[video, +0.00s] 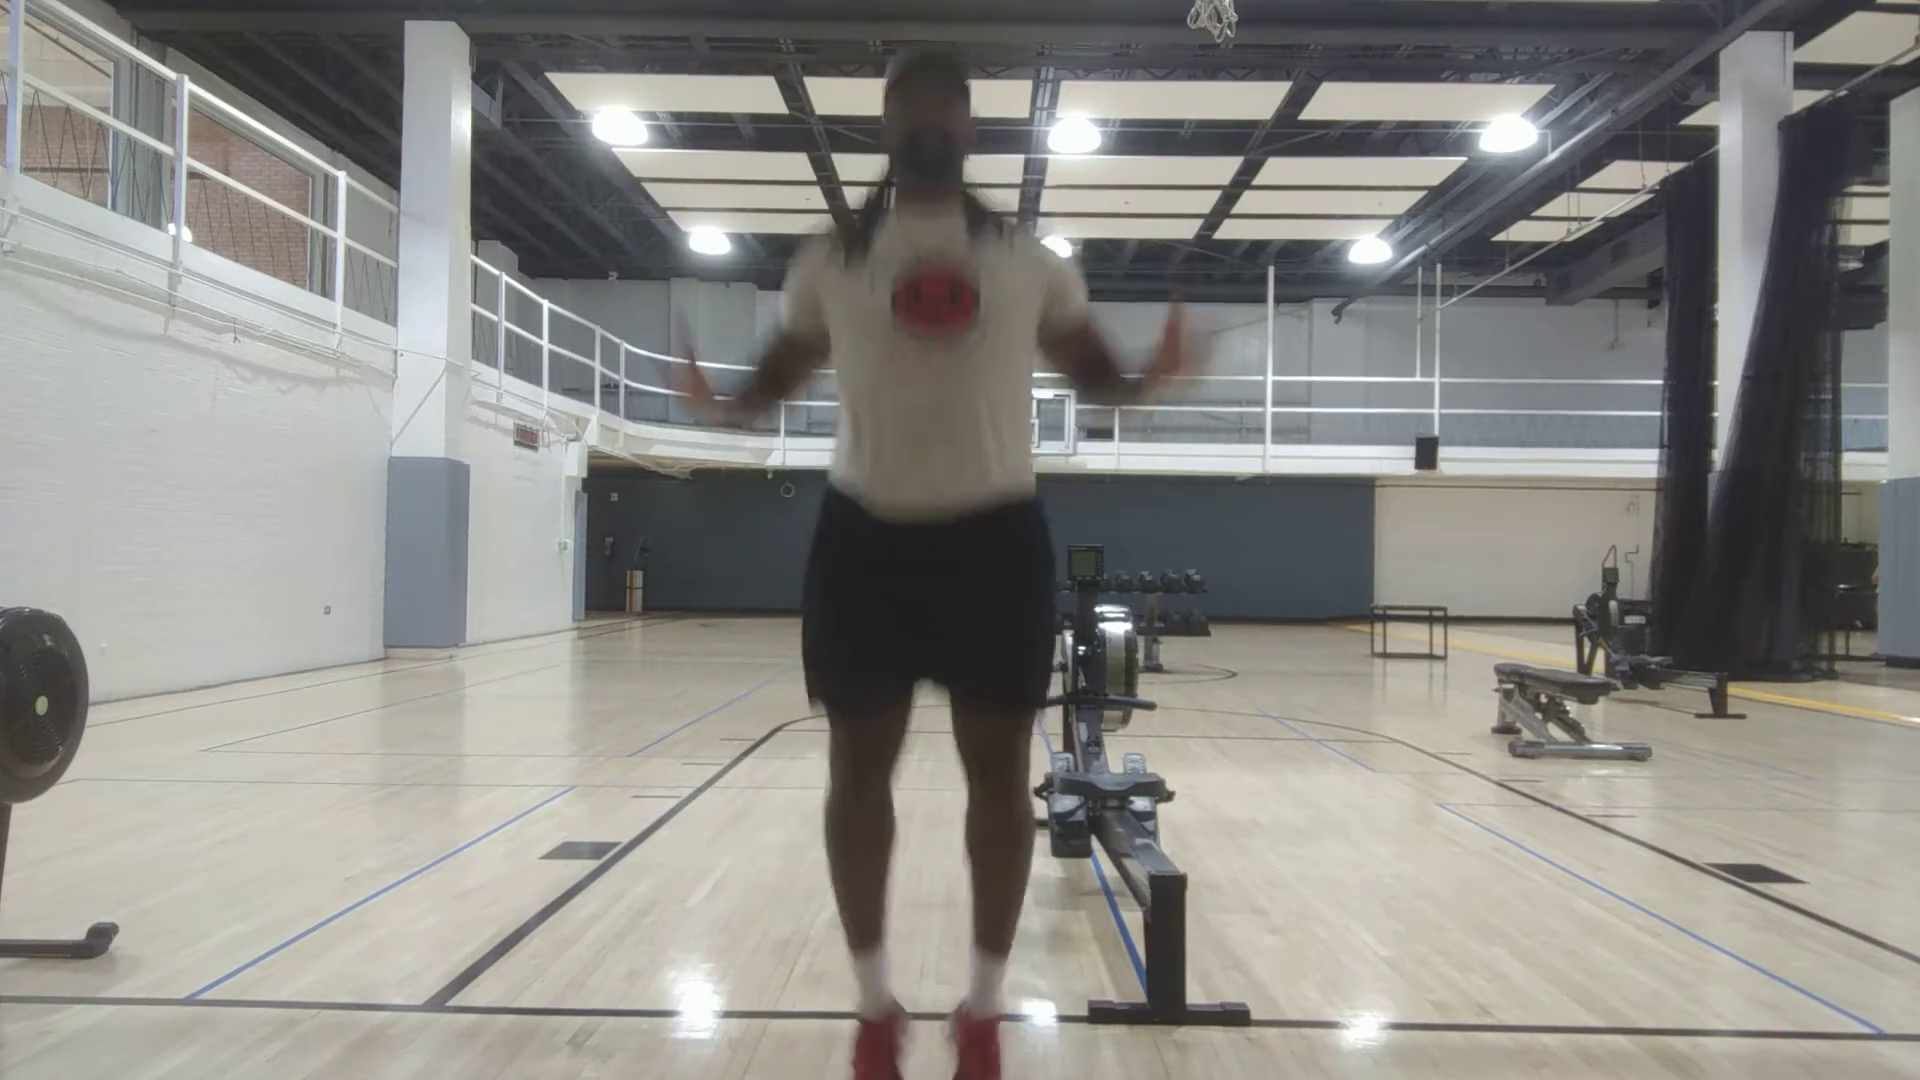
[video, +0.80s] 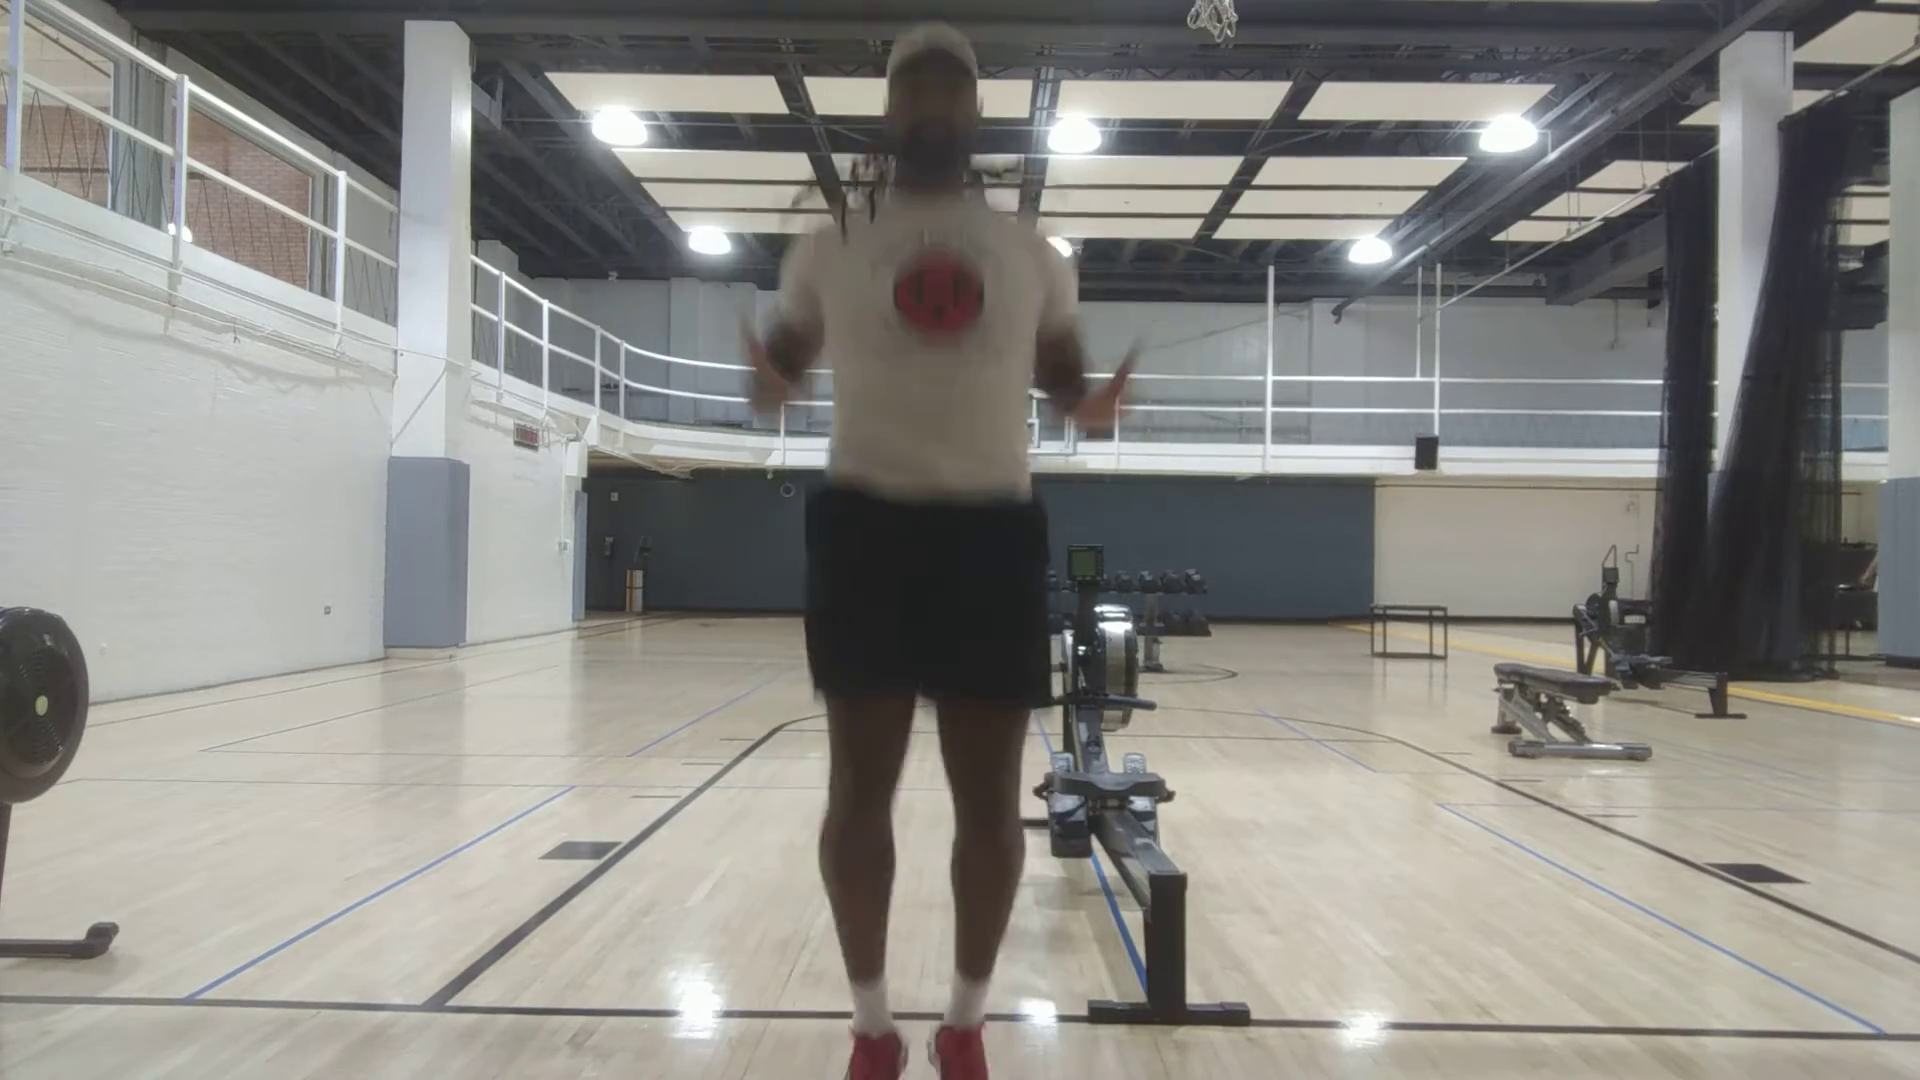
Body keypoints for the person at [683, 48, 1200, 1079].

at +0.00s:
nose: (932, 119)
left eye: (949, 101)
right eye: (914, 101)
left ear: (972, 123)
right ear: (884, 121)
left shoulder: (1029, 261)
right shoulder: (832, 259)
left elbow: (1100, 380)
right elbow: (779, 378)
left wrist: (1153, 375)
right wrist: (729, 400)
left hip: (996, 535)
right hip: (868, 536)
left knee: (1000, 773)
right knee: (859, 769)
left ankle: (983, 1005)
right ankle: (876, 1004)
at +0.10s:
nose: (925, 60)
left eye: (945, 45)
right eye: (907, 45)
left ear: (976, 75)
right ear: (881, 73)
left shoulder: (1031, 195)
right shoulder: (833, 196)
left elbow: (1144, 304)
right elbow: (722, 308)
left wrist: (1199, 222)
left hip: (995, 480)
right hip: (864, 479)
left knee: (1012, 727)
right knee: (833, 725)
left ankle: (1025, 975)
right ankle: (822, 965)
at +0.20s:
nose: (929, 75)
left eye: (947, 58)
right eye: (909, 58)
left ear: (977, 80)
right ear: (882, 83)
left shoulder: (1034, 191)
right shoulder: (828, 193)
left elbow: (1175, 243)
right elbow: (680, 242)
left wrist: (1186, 99)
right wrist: (637, 112)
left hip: (996, 482)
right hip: (859, 478)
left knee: (1043, 737)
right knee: (798, 729)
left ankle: (1083, 979)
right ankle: (746, 970)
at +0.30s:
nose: (925, 135)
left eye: (942, 120)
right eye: (908, 120)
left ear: (971, 145)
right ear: (880, 144)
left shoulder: (1031, 244)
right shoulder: (825, 247)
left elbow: (1175, 218)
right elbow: (677, 224)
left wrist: (1105, 86)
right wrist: (716, 82)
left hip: (992, 553)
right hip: (854, 550)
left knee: (1063, 804)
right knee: (767, 797)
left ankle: (1122, 1014)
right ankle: (694, 1011)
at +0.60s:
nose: (925, 91)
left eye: (944, 75)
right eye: (907, 74)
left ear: (975, 96)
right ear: (878, 94)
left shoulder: (1027, 198)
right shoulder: (826, 196)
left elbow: (1155, 270)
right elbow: (690, 238)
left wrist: (1218, 170)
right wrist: (648, 126)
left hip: (993, 498)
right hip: (857, 494)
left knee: (1033, 747)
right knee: (803, 735)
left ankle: (1070, 988)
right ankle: (768, 974)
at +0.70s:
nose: (935, 53)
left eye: (955, 40)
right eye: (916, 38)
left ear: (981, 72)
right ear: (883, 67)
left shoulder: (1030, 188)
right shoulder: (829, 187)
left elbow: (1108, 312)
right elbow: (735, 292)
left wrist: (1179, 284)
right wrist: (681, 260)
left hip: (992, 479)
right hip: (859, 476)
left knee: (1003, 741)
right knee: (841, 735)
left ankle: (991, 985)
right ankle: (848, 981)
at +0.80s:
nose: (933, 105)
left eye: (951, 88)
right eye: (916, 88)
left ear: (979, 109)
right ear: (886, 108)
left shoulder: (1032, 252)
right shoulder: (832, 245)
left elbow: (1066, 383)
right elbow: (782, 378)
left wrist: (1092, 400)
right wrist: (771, 367)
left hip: (992, 529)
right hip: (866, 525)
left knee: (988, 802)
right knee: (860, 790)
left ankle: (964, 1024)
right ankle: (872, 1025)